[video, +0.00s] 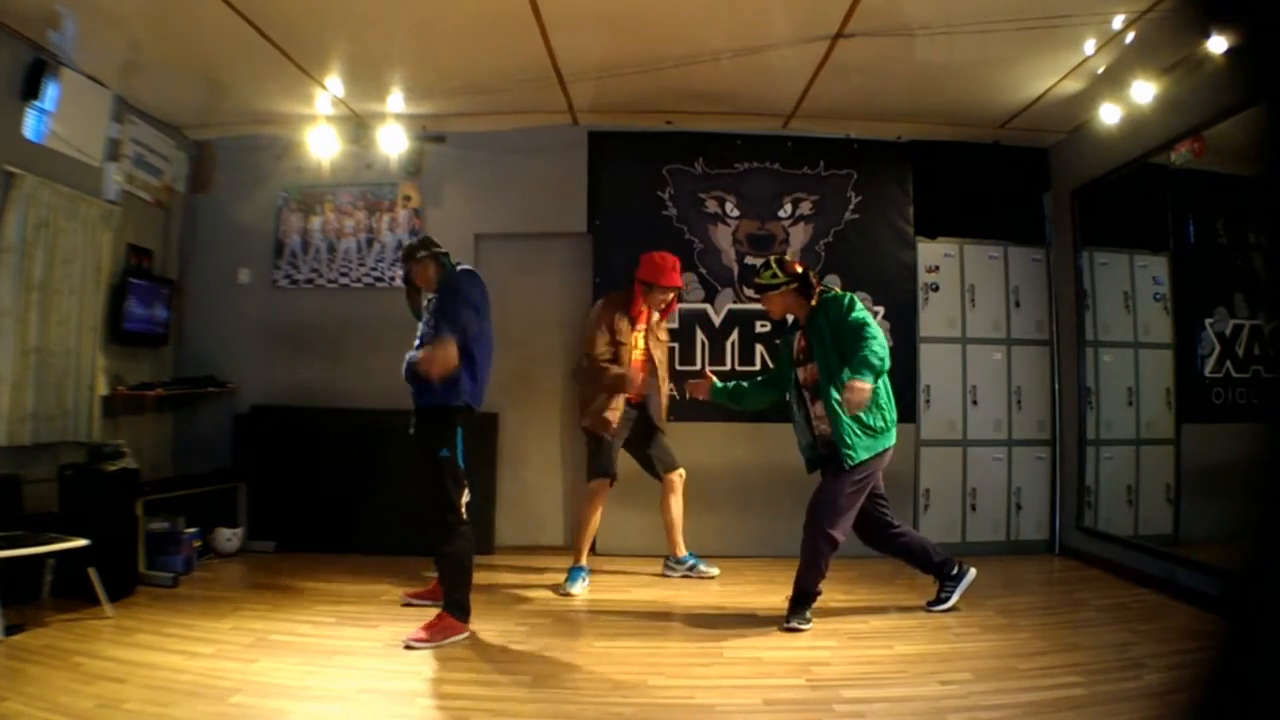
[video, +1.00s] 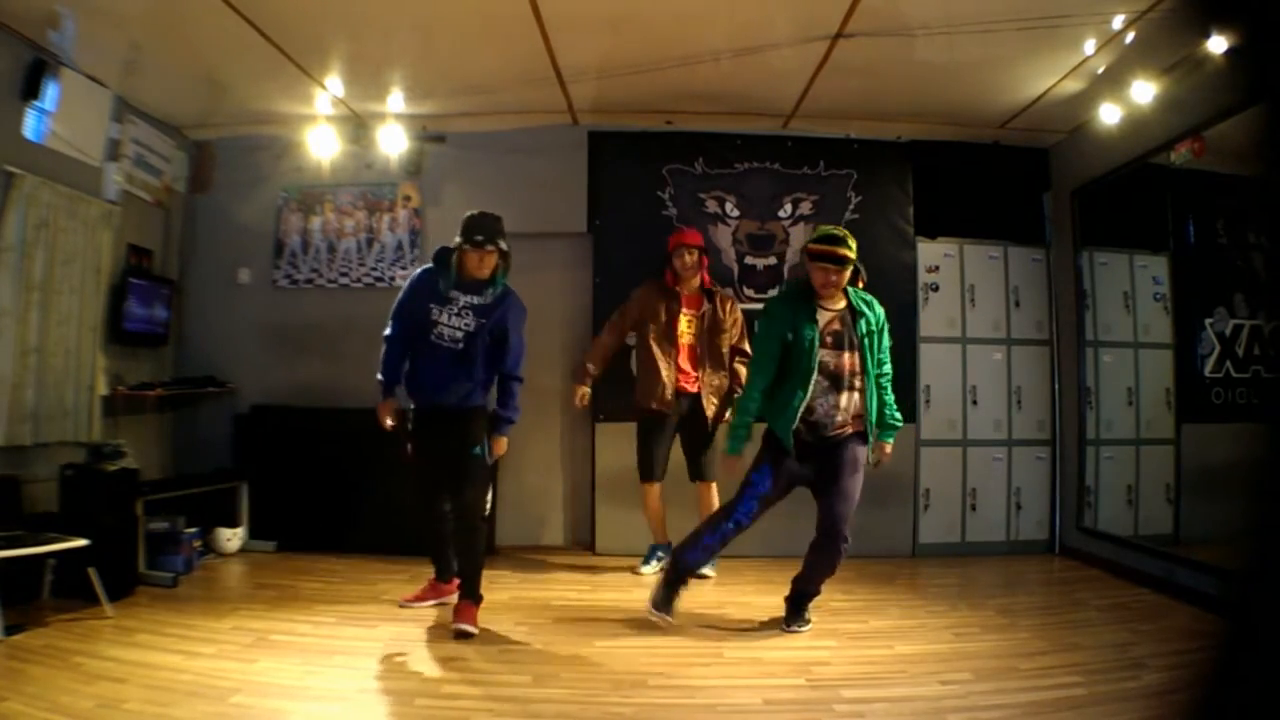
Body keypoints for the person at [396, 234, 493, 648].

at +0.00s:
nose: (415, 282)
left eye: (415, 272)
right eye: (411, 275)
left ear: (429, 263)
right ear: (426, 266)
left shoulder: (461, 285)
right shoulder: (445, 292)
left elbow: (445, 356)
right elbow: (424, 344)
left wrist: (412, 359)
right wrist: (427, 359)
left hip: (452, 413)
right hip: (435, 412)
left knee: (454, 509)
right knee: (439, 501)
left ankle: (456, 614)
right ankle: (445, 582)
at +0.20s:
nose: (413, 279)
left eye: (417, 271)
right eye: (410, 273)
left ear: (435, 266)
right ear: (416, 273)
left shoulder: (467, 294)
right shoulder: (423, 310)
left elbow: (489, 351)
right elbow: (412, 363)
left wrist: (489, 404)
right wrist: (395, 405)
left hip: (460, 415)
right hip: (427, 415)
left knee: (455, 510)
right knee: (431, 501)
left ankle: (454, 611)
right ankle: (442, 582)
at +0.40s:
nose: (428, 265)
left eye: (435, 256)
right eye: (423, 257)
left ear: (452, 256)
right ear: (416, 259)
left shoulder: (479, 291)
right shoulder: (410, 298)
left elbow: (507, 347)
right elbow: (395, 357)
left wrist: (501, 400)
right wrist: (399, 410)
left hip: (461, 407)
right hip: (422, 407)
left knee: (456, 499)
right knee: (431, 496)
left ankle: (457, 596)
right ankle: (441, 581)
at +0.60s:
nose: (453, 257)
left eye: (461, 250)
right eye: (446, 249)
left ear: (472, 252)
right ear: (432, 250)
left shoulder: (486, 295)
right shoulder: (408, 292)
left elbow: (498, 356)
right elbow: (390, 352)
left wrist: (497, 409)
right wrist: (403, 401)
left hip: (468, 409)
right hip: (425, 409)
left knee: (472, 499)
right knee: (433, 496)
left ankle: (469, 593)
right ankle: (446, 582)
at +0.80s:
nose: (470, 263)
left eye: (478, 255)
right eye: (463, 254)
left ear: (487, 257)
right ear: (447, 251)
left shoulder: (496, 302)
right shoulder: (416, 290)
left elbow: (502, 366)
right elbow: (393, 349)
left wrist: (494, 419)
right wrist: (394, 406)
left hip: (472, 413)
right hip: (427, 410)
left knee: (470, 505)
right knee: (433, 498)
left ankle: (470, 597)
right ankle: (447, 581)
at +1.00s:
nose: (484, 260)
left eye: (492, 252)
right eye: (477, 250)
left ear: (500, 256)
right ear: (459, 249)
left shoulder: (506, 305)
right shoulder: (425, 283)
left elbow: (511, 373)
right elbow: (395, 336)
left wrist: (502, 427)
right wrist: (388, 393)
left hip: (474, 411)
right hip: (428, 407)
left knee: (470, 505)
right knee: (432, 496)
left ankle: (469, 601)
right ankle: (445, 577)